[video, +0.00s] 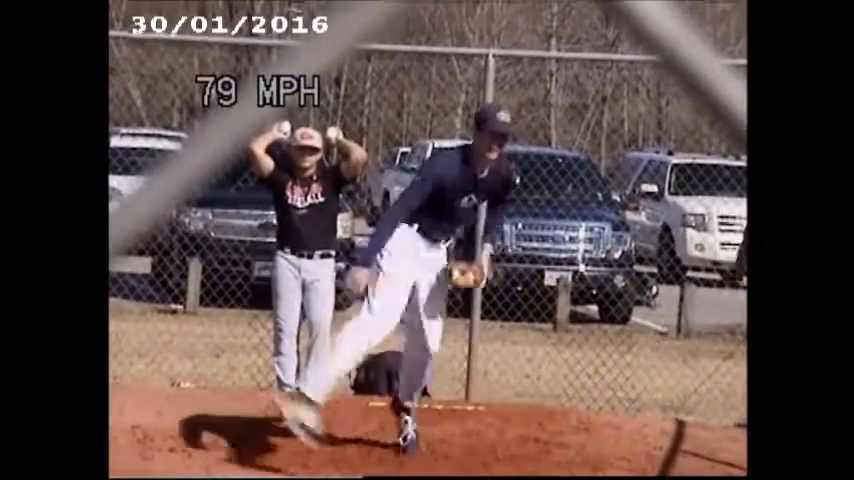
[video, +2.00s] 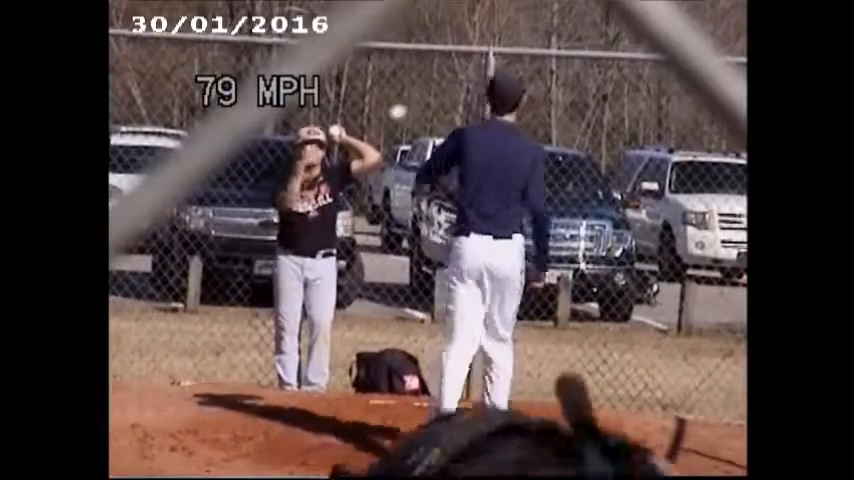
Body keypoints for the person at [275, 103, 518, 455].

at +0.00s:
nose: (497, 144)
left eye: (503, 139)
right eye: (492, 136)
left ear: (507, 141)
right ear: (477, 132)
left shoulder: (504, 175)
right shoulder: (445, 164)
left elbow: (495, 213)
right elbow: (398, 211)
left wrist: (484, 251)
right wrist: (365, 262)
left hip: (439, 249)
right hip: (404, 238)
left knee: (428, 339)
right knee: (380, 319)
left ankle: (406, 405)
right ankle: (309, 395)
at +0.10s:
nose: (486, 157)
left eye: (492, 151)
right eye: (480, 149)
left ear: (497, 154)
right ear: (464, 146)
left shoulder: (491, 187)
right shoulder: (433, 183)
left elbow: (477, 237)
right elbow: (386, 225)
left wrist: (475, 290)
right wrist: (345, 271)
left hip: (438, 269)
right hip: (404, 262)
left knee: (446, 369)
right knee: (404, 358)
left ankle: (379, 372)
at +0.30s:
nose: (478, 135)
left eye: (484, 128)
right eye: (473, 127)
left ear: (489, 131)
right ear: (456, 124)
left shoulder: (482, 166)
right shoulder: (434, 163)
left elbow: (468, 220)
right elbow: (398, 218)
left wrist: (473, 270)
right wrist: (395, 280)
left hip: (445, 265)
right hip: (414, 262)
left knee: (469, 362)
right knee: (429, 359)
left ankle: (401, 429)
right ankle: (388, 457)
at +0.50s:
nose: (490, 121)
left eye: (494, 115)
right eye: (483, 114)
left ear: (496, 120)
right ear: (464, 114)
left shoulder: (487, 159)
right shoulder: (440, 153)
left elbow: (478, 213)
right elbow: (414, 214)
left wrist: (487, 256)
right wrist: (452, 259)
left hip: (460, 260)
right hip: (425, 255)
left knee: (463, 364)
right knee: (423, 361)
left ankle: (453, 457)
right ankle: (401, 457)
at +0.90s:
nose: (500, 110)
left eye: (499, 103)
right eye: (500, 104)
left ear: (462, 106)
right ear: (493, 107)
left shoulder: (444, 144)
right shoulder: (478, 149)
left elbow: (417, 205)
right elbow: (471, 211)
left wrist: (431, 246)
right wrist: (477, 273)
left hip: (425, 250)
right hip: (449, 255)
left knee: (454, 357)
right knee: (435, 362)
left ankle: (447, 453)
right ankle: (405, 458)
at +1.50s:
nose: (478, 113)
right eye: (478, 108)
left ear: (442, 112)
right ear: (475, 111)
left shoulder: (426, 151)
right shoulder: (494, 148)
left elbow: (400, 213)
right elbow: (519, 204)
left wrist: (423, 228)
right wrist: (533, 258)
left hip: (437, 251)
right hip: (477, 255)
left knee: (442, 352)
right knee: (486, 353)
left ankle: (440, 454)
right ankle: (456, 423)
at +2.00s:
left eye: (491, 95)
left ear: (488, 100)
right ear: (521, 103)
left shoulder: (465, 137)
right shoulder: (531, 151)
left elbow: (428, 173)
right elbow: (537, 209)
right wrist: (541, 263)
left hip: (467, 244)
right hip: (508, 249)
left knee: (461, 336)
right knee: (500, 337)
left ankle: (447, 412)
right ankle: (497, 415)